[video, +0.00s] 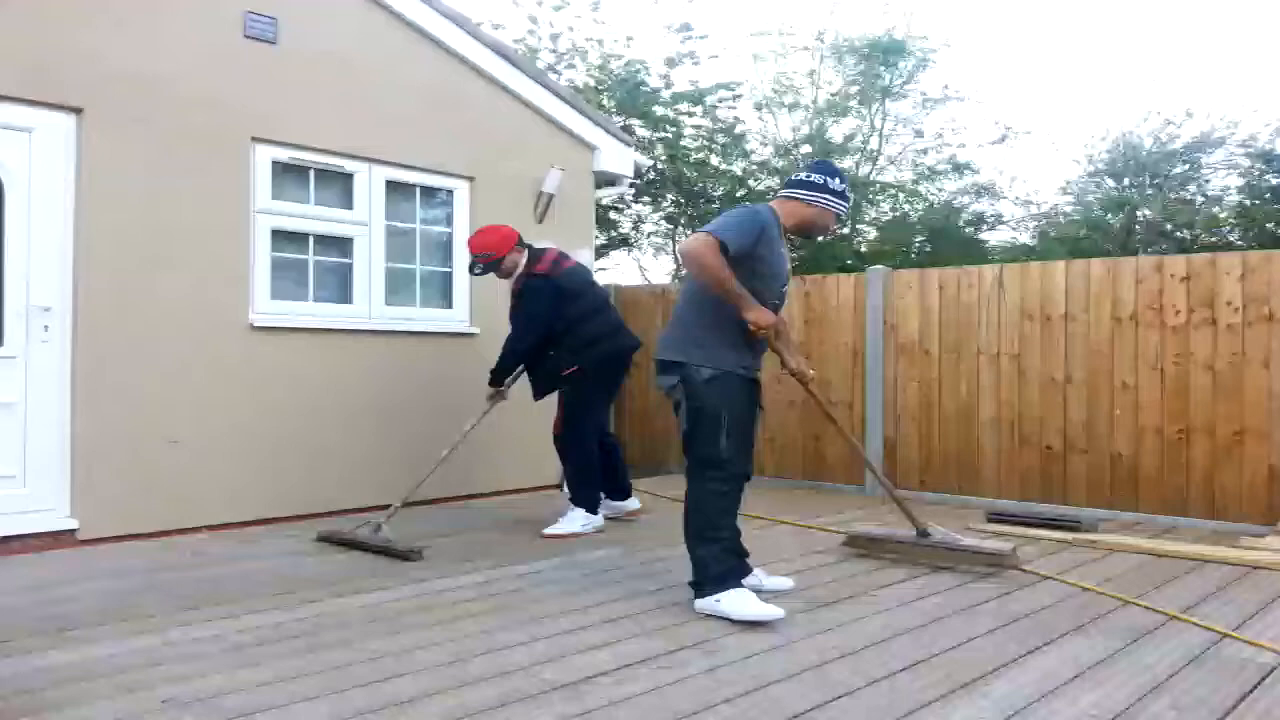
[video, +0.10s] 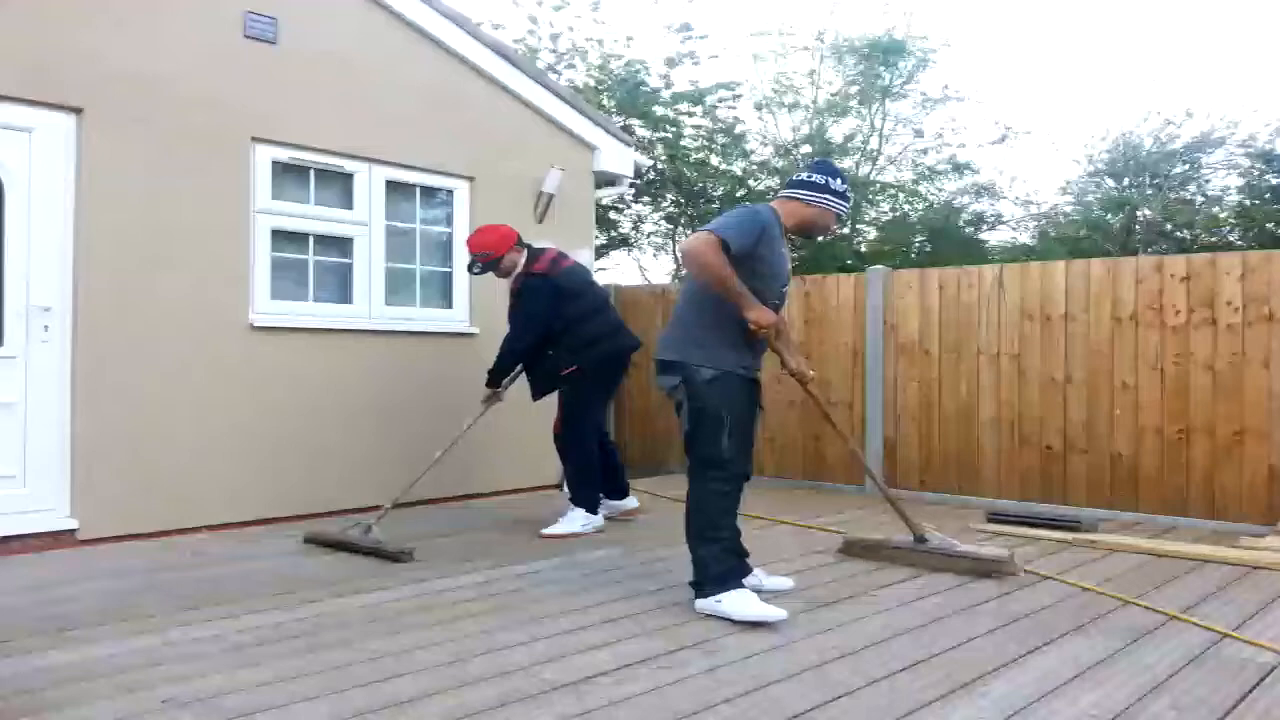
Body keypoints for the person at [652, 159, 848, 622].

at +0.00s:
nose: (832, 227)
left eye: (837, 219)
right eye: (835, 216)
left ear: (808, 199)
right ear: (816, 200)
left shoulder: (776, 245)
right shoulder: (757, 217)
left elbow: (768, 313)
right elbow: (696, 248)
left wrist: (791, 357)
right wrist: (746, 304)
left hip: (732, 368)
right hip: (707, 365)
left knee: (729, 472)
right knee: (714, 474)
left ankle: (733, 570)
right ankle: (713, 586)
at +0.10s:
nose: (833, 228)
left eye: (837, 220)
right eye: (835, 217)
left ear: (808, 198)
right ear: (818, 201)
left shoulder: (776, 245)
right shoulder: (758, 218)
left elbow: (768, 312)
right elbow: (697, 248)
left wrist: (791, 357)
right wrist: (748, 305)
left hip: (732, 368)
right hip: (707, 365)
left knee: (729, 473)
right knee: (715, 475)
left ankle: (733, 570)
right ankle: (714, 587)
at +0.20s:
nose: (835, 227)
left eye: (840, 219)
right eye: (838, 216)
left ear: (811, 198)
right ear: (819, 199)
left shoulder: (780, 245)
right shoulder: (762, 219)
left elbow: (770, 313)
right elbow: (708, 254)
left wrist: (795, 360)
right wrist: (759, 307)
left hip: (731, 367)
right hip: (707, 364)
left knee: (728, 473)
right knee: (716, 475)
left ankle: (732, 570)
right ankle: (713, 588)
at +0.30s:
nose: (838, 226)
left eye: (842, 217)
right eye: (840, 214)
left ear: (811, 196)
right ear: (822, 199)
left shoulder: (782, 245)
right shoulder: (762, 218)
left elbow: (773, 321)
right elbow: (732, 278)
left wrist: (801, 368)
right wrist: (775, 329)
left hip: (729, 366)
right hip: (705, 363)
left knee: (729, 473)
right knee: (718, 474)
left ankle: (731, 569)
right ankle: (713, 588)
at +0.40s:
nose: (843, 223)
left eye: (848, 213)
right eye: (846, 211)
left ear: (814, 193)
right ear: (826, 198)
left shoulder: (787, 245)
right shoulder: (763, 220)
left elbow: (785, 318)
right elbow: (748, 299)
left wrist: (811, 375)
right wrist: (781, 345)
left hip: (731, 367)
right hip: (705, 364)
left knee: (736, 473)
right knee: (724, 475)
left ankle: (732, 569)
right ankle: (713, 589)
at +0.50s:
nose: (843, 221)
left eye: (848, 212)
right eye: (845, 209)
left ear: (814, 192)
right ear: (825, 195)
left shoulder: (786, 245)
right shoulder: (759, 221)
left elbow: (786, 315)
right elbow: (746, 303)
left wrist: (812, 357)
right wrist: (789, 344)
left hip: (740, 367)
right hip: (707, 363)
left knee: (762, 464)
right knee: (729, 470)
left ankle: (737, 566)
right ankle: (714, 589)